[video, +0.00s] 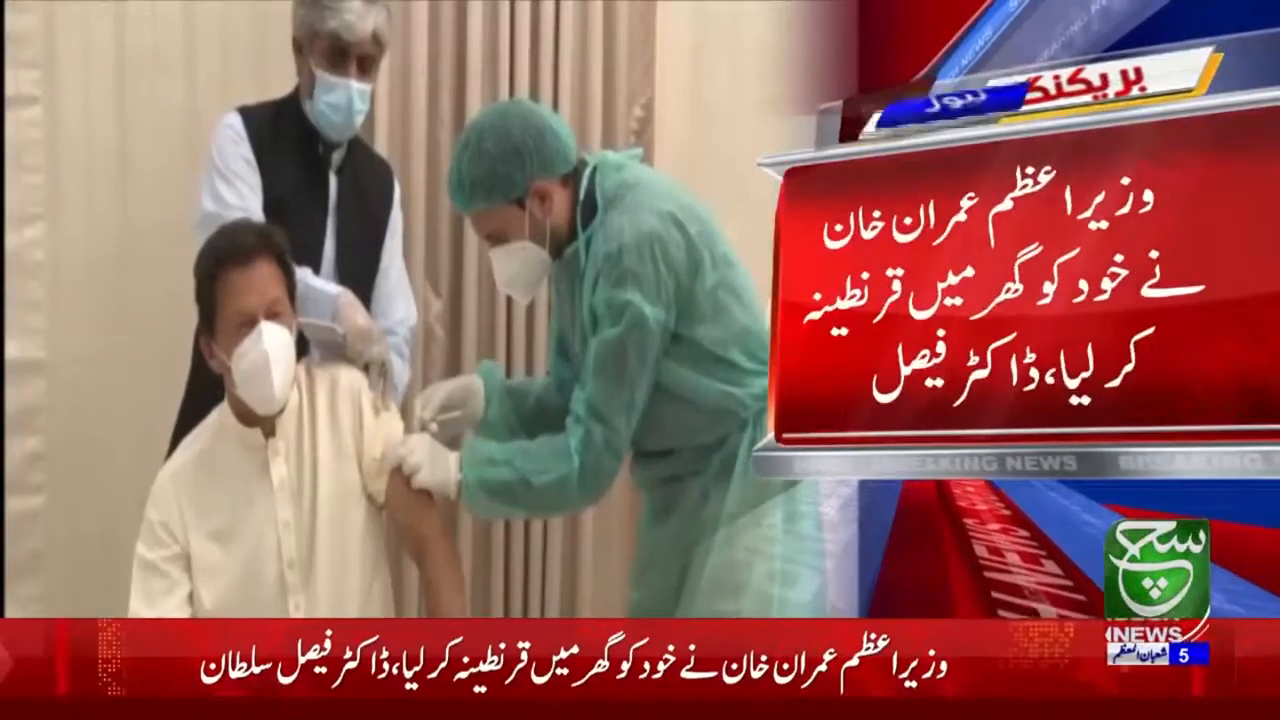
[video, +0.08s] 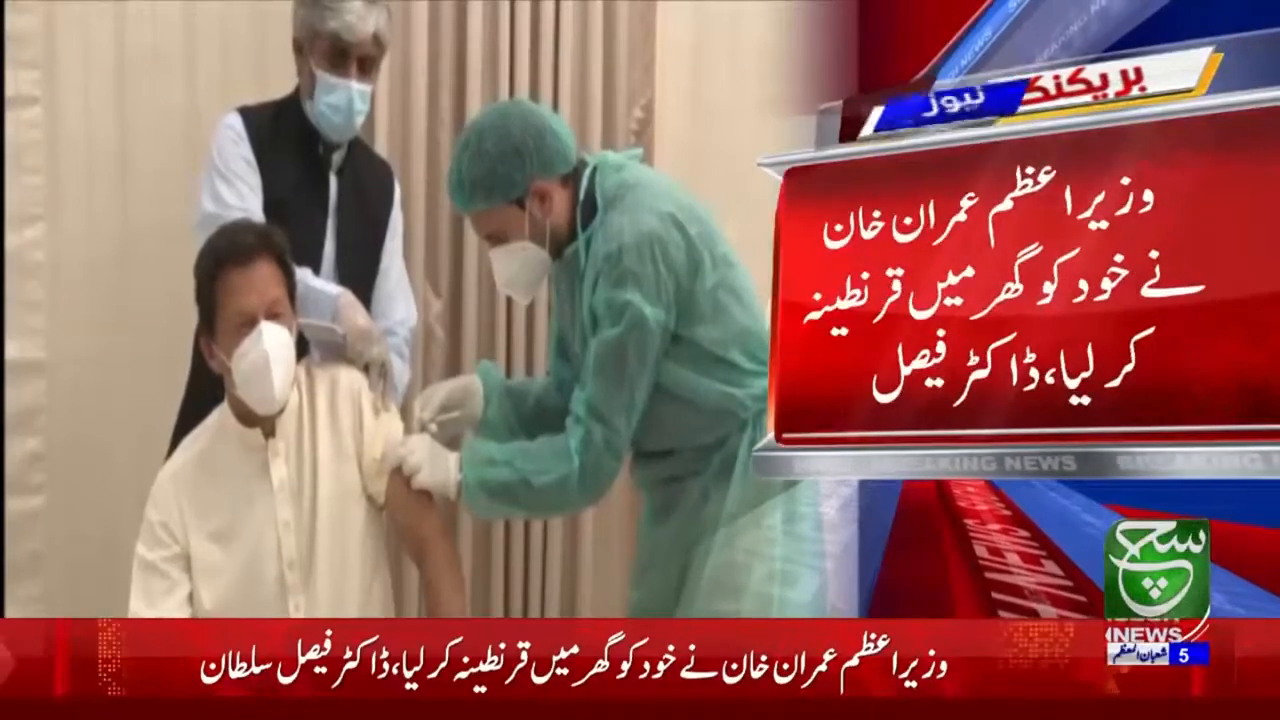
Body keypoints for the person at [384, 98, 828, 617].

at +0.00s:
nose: (497, 257)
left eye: (499, 240)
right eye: (489, 243)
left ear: (545, 201)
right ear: (545, 200)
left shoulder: (635, 235)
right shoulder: (582, 230)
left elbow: (590, 459)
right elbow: (570, 401)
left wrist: (460, 471)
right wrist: (485, 400)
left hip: (750, 471)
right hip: (678, 478)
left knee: (728, 664)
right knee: (654, 661)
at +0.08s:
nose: (497, 257)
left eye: (499, 240)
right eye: (489, 243)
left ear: (545, 200)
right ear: (546, 200)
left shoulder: (635, 235)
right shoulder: (582, 231)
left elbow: (591, 460)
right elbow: (570, 401)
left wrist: (460, 472)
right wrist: (486, 401)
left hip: (749, 473)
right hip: (679, 479)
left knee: (729, 664)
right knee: (655, 661)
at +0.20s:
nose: (497, 257)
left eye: (499, 240)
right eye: (489, 244)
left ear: (545, 200)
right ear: (545, 200)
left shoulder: (635, 235)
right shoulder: (582, 232)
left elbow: (591, 460)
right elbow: (570, 402)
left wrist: (460, 472)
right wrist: (486, 401)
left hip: (750, 471)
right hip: (678, 478)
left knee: (731, 664)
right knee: (655, 662)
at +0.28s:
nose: (497, 257)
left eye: (499, 240)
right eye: (488, 243)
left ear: (544, 200)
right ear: (545, 200)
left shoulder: (635, 235)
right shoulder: (582, 232)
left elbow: (591, 460)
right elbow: (570, 402)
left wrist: (461, 472)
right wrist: (487, 402)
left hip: (749, 472)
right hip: (678, 479)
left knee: (730, 663)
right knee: (654, 661)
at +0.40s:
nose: (497, 257)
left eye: (499, 240)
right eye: (488, 244)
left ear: (544, 200)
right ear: (545, 200)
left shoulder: (635, 236)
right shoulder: (581, 233)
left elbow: (591, 460)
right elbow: (569, 403)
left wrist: (460, 472)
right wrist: (485, 403)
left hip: (750, 473)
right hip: (679, 479)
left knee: (729, 664)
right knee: (653, 660)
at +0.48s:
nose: (497, 258)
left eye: (498, 240)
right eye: (488, 244)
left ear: (544, 200)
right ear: (544, 200)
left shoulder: (635, 236)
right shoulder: (581, 233)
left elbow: (590, 461)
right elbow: (569, 403)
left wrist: (459, 473)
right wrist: (485, 404)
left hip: (751, 472)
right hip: (678, 478)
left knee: (733, 664)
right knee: (654, 660)